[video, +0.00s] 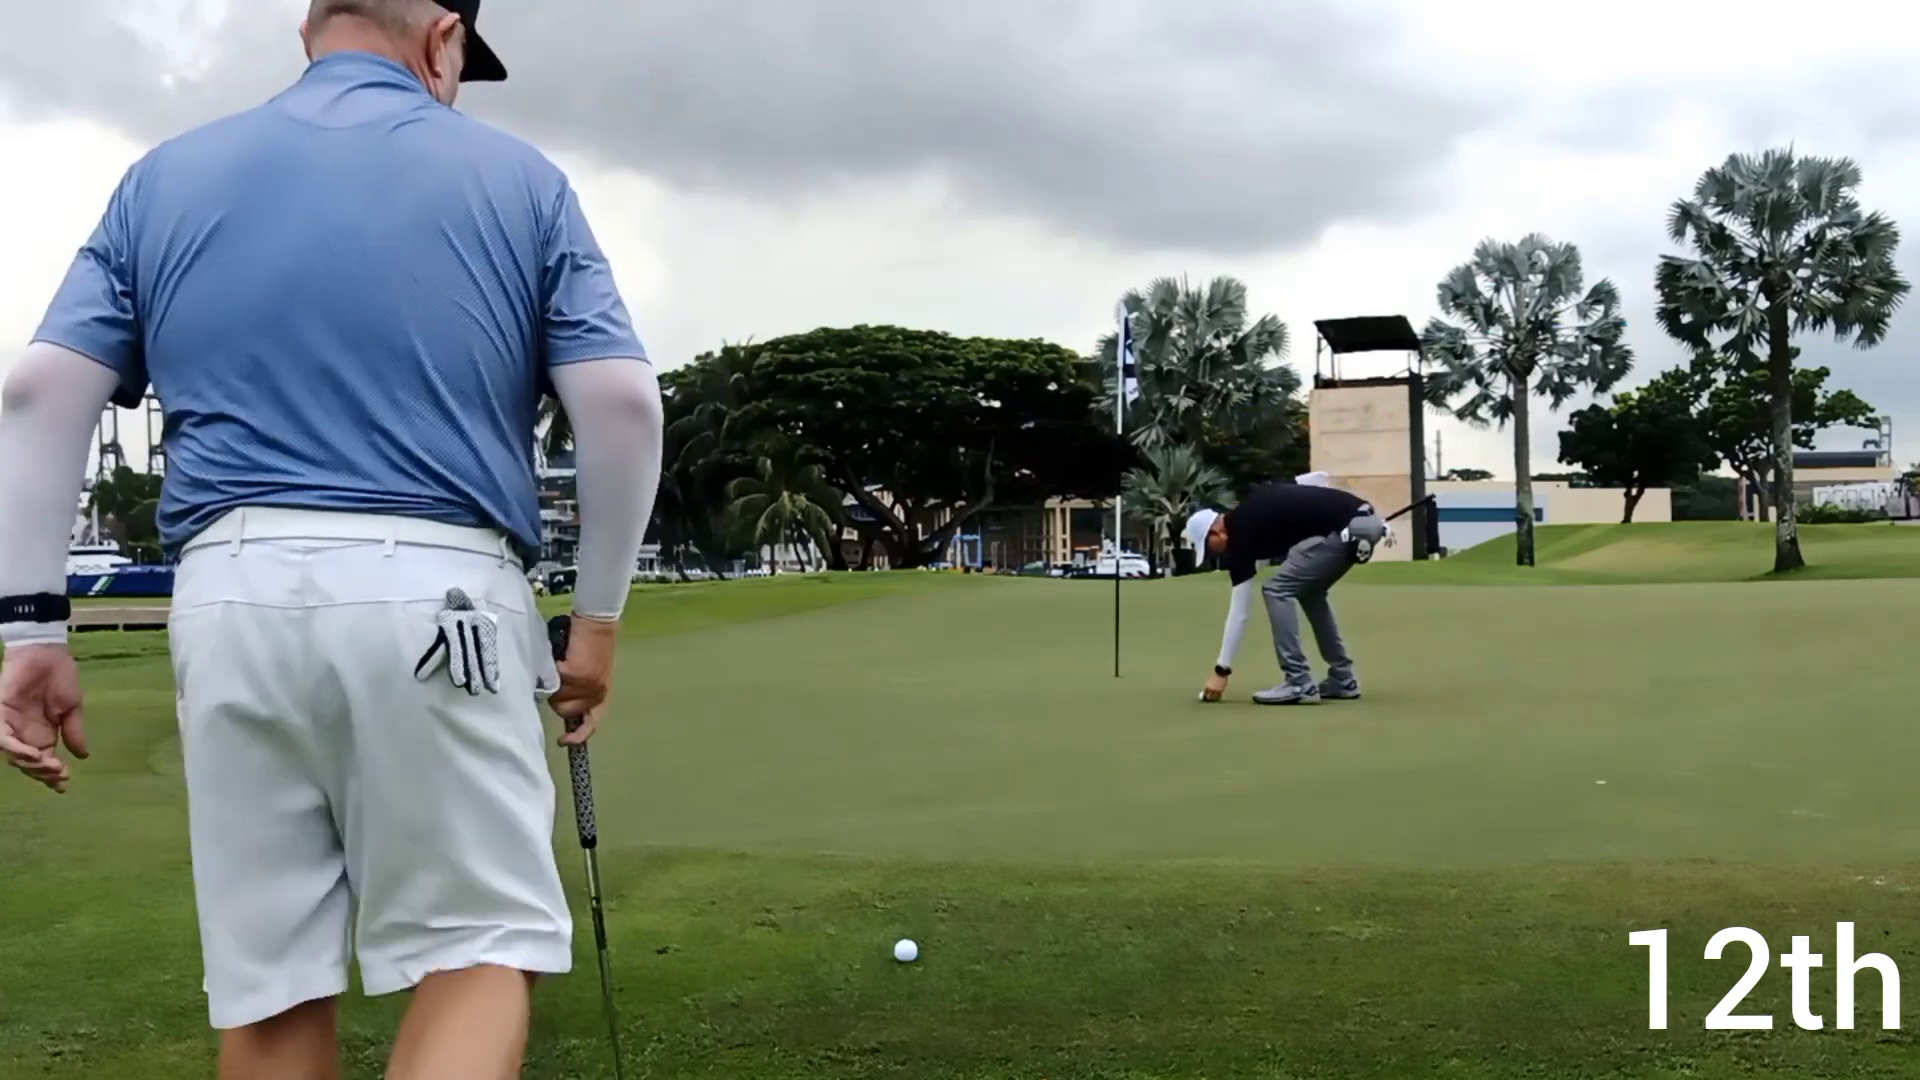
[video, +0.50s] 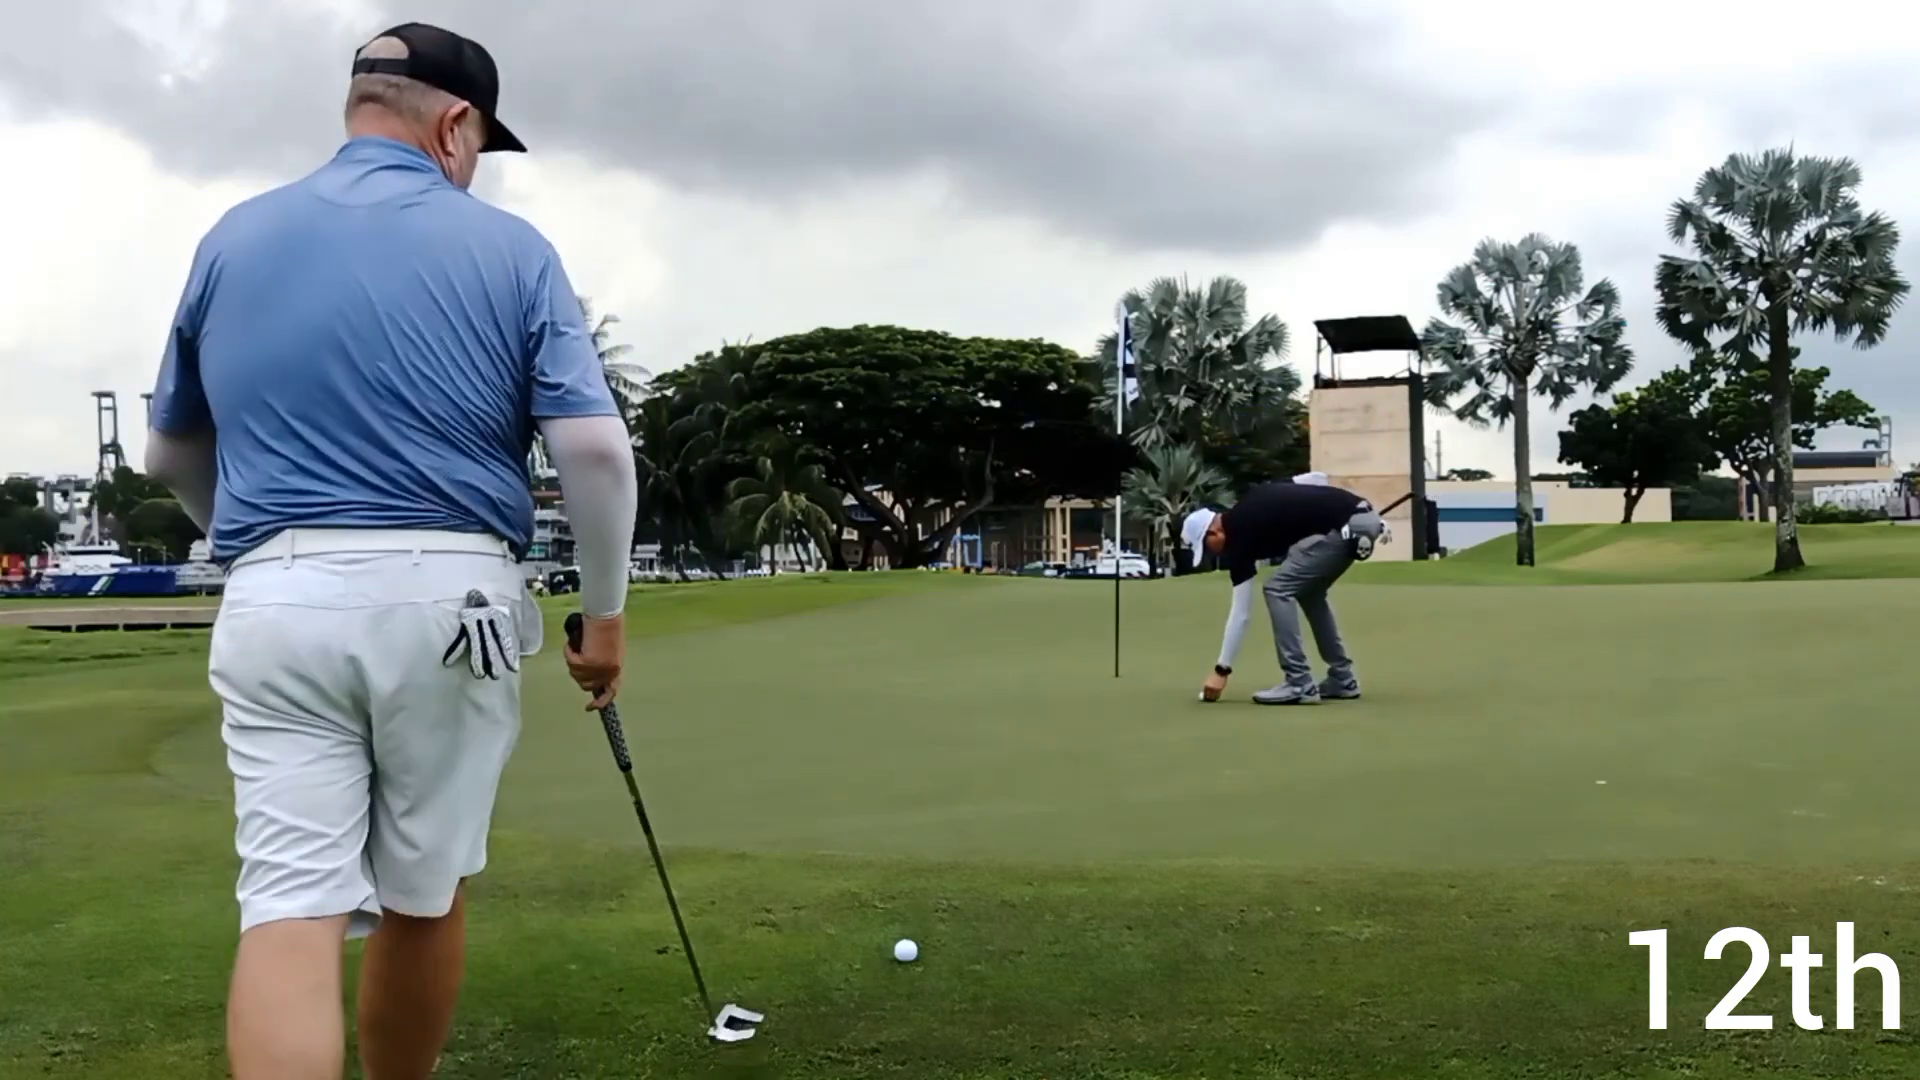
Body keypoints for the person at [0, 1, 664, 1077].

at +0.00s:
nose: (462, 82)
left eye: (468, 64)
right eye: (466, 57)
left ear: (309, 37)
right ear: (439, 44)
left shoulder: (168, 173)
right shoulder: (517, 176)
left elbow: (45, 386)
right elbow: (621, 398)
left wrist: (32, 624)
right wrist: (598, 615)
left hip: (226, 593)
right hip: (441, 590)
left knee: (270, 989)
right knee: (472, 948)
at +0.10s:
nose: (454, 80)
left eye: (457, 61)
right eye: (457, 55)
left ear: (305, 35)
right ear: (428, 37)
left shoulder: (164, 177)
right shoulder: (503, 174)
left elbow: (62, 407)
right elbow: (612, 383)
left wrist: (87, 630)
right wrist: (596, 590)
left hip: (229, 589)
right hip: (443, 584)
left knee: (268, 977)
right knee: (471, 912)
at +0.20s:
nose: (451, 100)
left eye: (452, 82)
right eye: (452, 76)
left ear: (303, 52)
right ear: (423, 58)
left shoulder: (172, 192)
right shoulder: (497, 187)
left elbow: (90, 435)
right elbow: (602, 391)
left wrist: (151, 622)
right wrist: (593, 594)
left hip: (239, 592)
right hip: (446, 588)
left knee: (271, 958)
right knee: (462, 903)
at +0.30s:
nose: (452, 129)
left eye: (456, 112)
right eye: (455, 108)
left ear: (310, 80)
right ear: (424, 88)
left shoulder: (188, 213)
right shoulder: (492, 205)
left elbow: (130, 460)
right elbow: (590, 412)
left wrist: (208, 586)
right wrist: (589, 602)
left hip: (249, 594)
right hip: (446, 593)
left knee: (273, 950)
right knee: (447, 894)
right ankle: (425, 1079)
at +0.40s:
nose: (457, 155)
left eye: (463, 136)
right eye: (461, 132)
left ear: (323, 105)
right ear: (432, 112)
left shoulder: (209, 230)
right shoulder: (499, 229)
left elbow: (159, 461)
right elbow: (589, 433)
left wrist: (251, 549)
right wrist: (593, 609)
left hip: (261, 602)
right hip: (446, 602)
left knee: (281, 936)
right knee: (426, 903)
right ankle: (402, 1078)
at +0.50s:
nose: (480, 171)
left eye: (485, 150)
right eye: (483, 147)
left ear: (350, 117)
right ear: (451, 127)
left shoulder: (235, 235)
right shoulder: (512, 247)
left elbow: (177, 448)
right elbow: (594, 447)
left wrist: (262, 536)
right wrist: (602, 610)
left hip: (273, 595)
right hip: (449, 598)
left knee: (286, 907)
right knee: (421, 904)